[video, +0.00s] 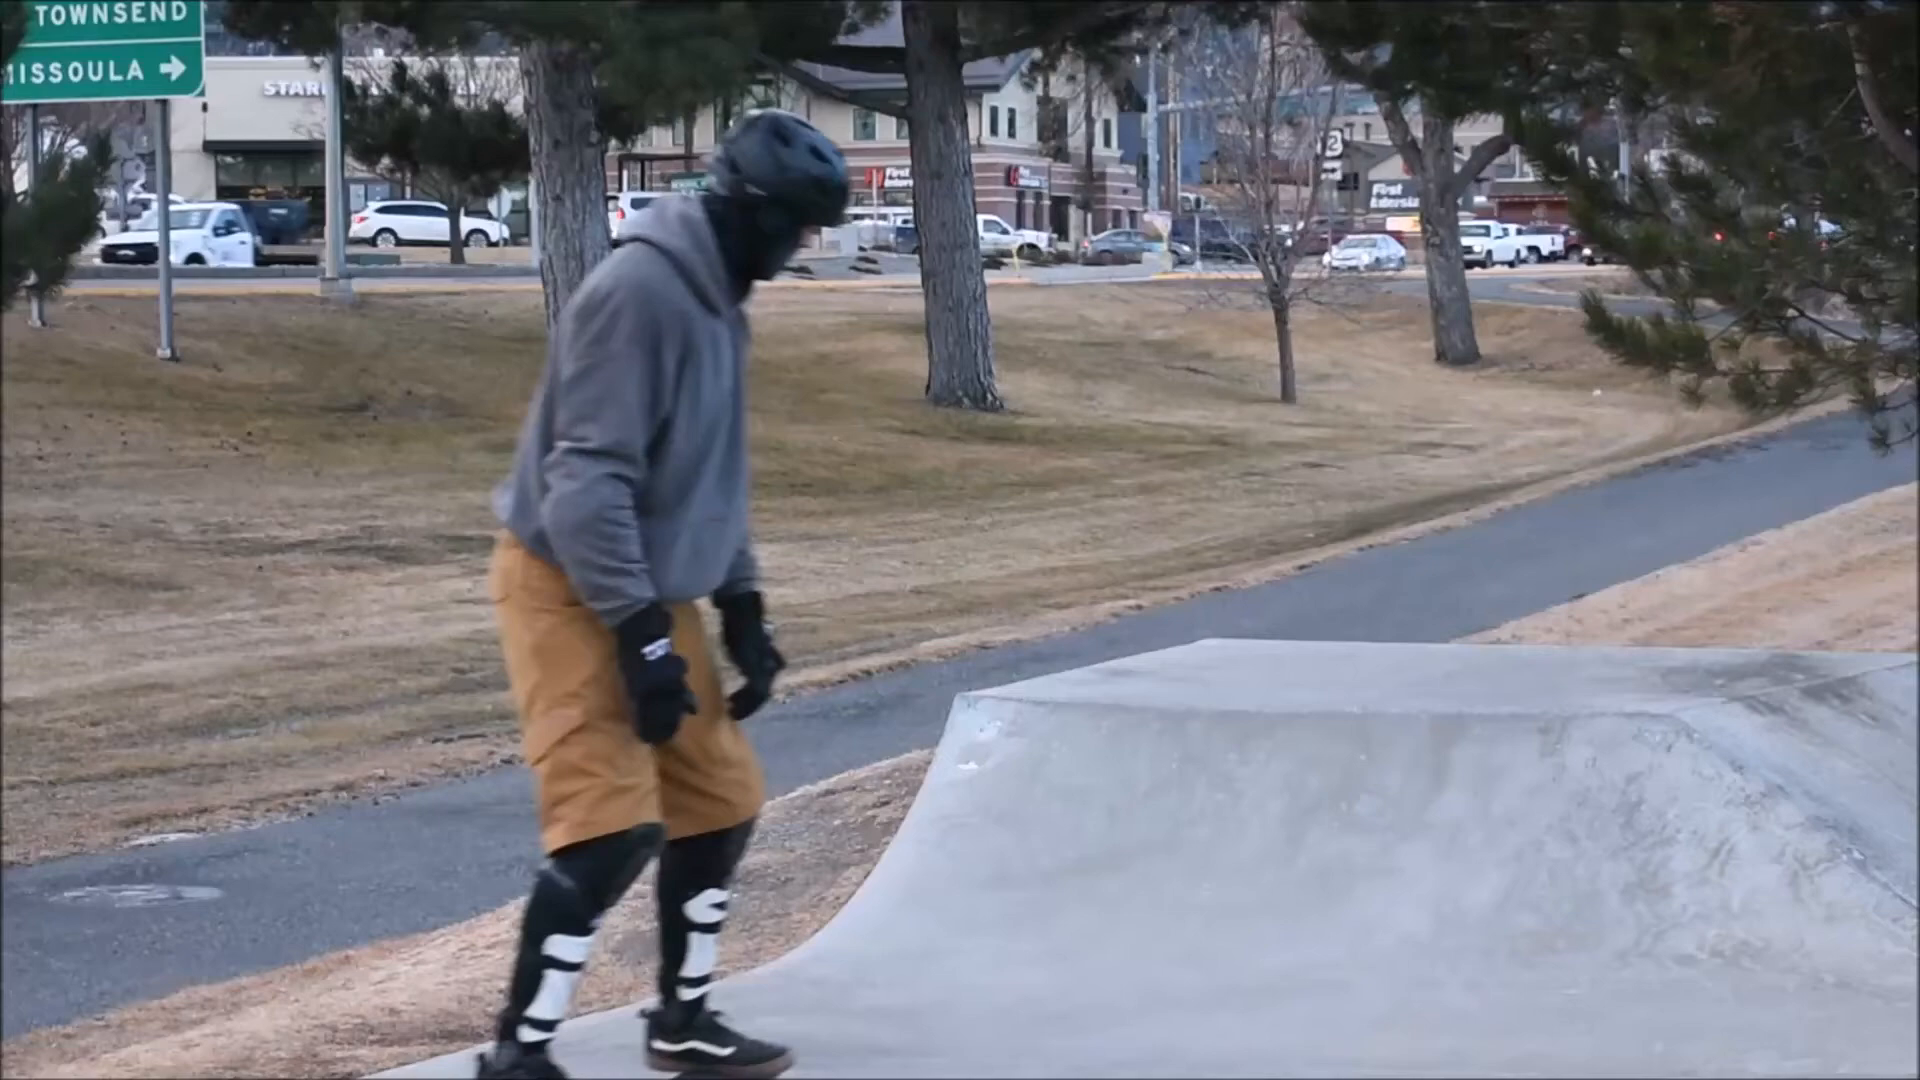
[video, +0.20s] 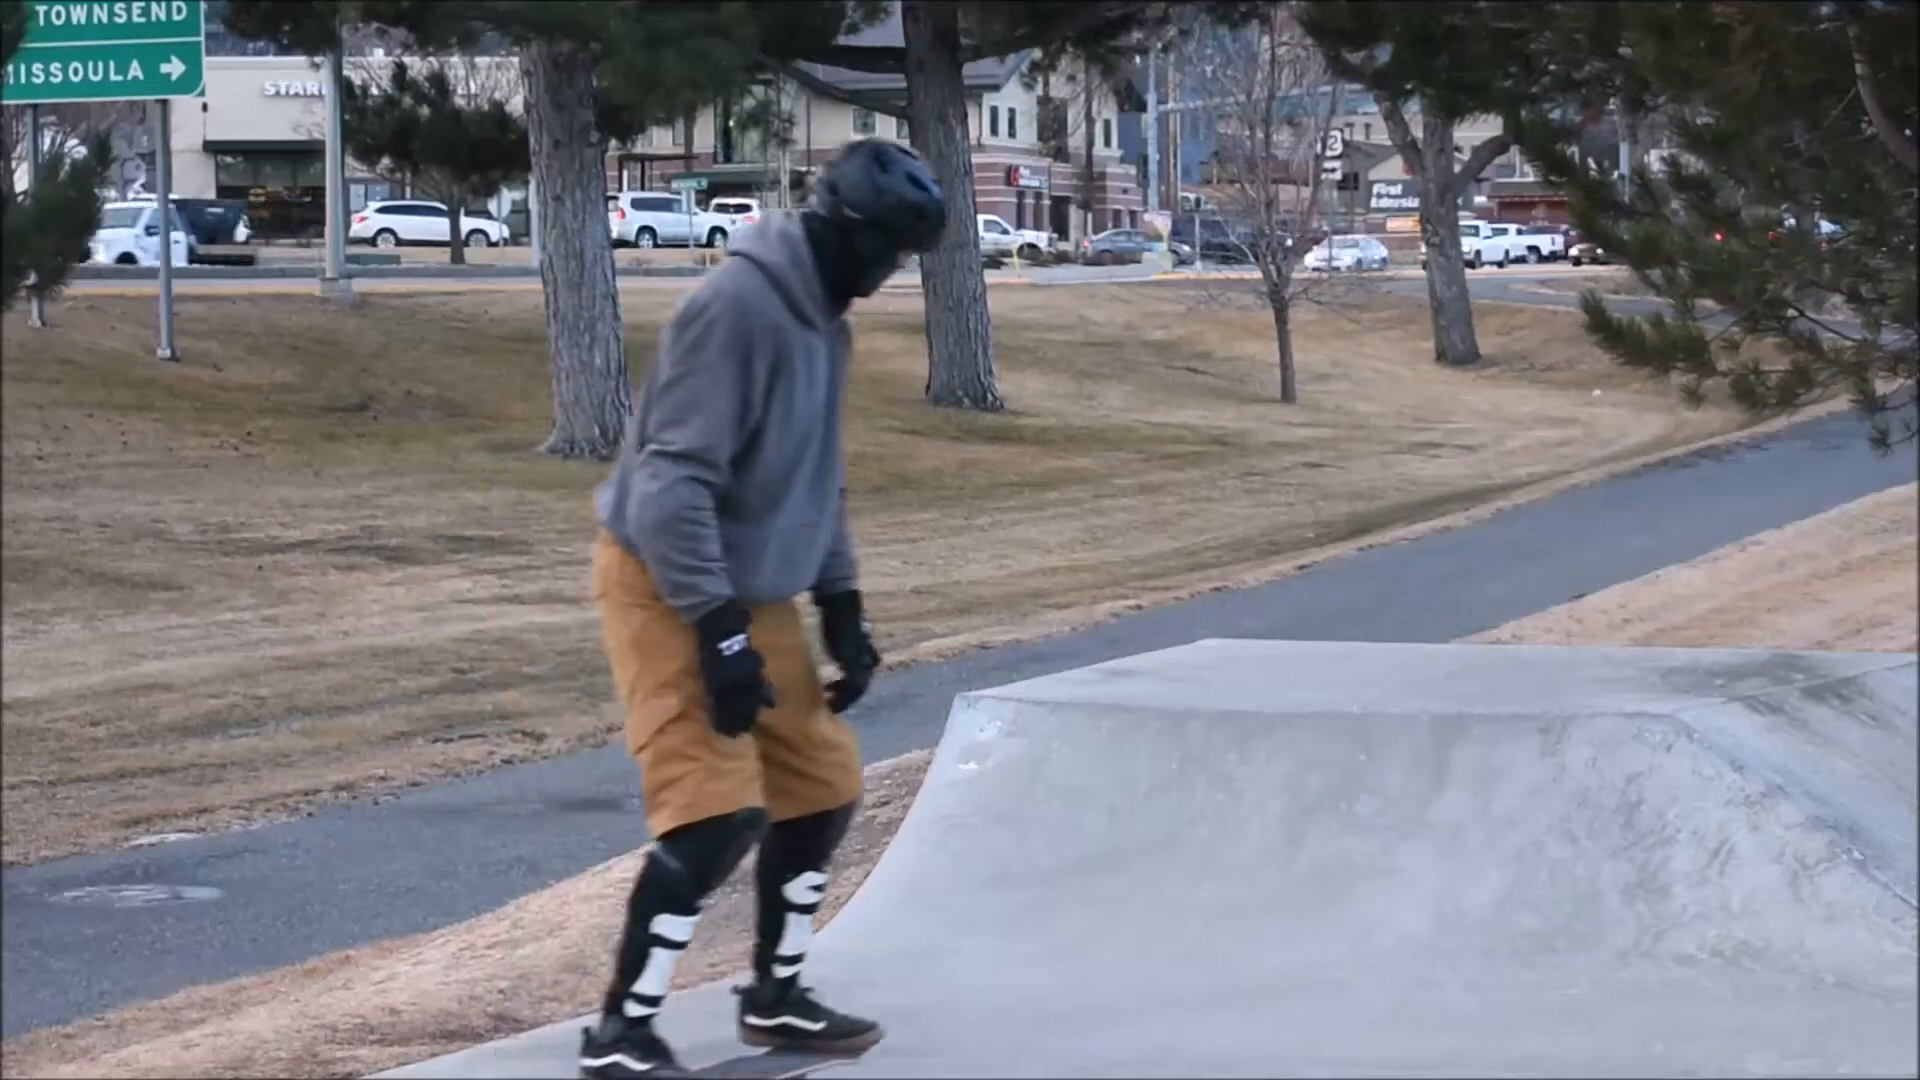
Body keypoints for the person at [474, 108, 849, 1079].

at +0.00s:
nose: (800, 249)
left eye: (808, 232)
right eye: (798, 227)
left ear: (762, 208)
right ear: (752, 204)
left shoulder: (716, 297)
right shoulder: (634, 288)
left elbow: (713, 476)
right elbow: (585, 479)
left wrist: (743, 610)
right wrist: (640, 632)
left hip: (661, 586)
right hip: (562, 578)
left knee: (717, 803)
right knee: (610, 822)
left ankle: (683, 1018)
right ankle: (519, 1049)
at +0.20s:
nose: (891, 273)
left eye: (900, 257)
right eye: (890, 252)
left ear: (860, 235)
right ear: (850, 229)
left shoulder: (823, 321)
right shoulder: (735, 306)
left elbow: (815, 480)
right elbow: (671, 485)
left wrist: (841, 609)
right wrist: (720, 630)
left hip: (755, 583)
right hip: (659, 579)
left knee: (818, 785)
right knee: (716, 807)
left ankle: (774, 993)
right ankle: (623, 1027)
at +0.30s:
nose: (940, 281)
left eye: (950, 266)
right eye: (939, 261)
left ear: (925, 244)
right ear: (898, 232)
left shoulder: (881, 317)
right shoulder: (788, 308)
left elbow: (879, 473)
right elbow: (712, 479)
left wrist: (898, 600)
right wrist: (752, 626)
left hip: (814, 585)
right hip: (718, 581)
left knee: (871, 781)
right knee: (769, 799)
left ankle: (826, 980)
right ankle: (679, 1017)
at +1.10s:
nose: (1198, 461)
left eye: (1214, 451)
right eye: (1186, 448)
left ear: (1243, 424)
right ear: (1161, 412)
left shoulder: (1265, 438)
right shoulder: (1102, 435)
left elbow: (1324, 564)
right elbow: (995, 512)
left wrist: (1276, 524)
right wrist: (957, 615)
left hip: (1187, 598)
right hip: (1085, 594)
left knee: (1266, 756)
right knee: (1170, 748)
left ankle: (1181, 886)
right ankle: (1069, 916)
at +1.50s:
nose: (1184, 403)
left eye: (1195, 394)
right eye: (1174, 392)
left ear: (1237, 366)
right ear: (1167, 363)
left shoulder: (1327, 335)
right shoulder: (1148, 364)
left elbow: (1446, 307)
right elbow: (1043, 413)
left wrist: (1547, 327)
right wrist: (945, 483)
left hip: (1359, 476)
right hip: (1268, 492)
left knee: (1339, 669)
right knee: (1236, 641)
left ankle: (1418, 818)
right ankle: (1306, 723)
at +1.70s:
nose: (1180, 423)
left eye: (1181, 408)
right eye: (1168, 416)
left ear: (1198, 367)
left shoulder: (1293, 361)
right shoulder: (1189, 407)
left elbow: (1425, 360)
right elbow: (1145, 479)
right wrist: (1134, 533)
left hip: (1410, 490)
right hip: (1333, 510)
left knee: (1328, 675)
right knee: (1258, 637)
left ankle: (1418, 830)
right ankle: (1328, 729)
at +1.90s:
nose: (1226, 371)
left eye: (1230, 354)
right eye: (1211, 363)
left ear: (1254, 318)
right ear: (1197, 352)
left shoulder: (1342, 335)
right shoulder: (1209, 383)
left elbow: (1484, 371)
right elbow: (1146, 467)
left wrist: (1568, 447)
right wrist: (1094, 568)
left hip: (1417, 497)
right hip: (1329, 520)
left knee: (1358, 688)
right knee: (1276, 674)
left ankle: (1443, 851)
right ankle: (1346, 755)